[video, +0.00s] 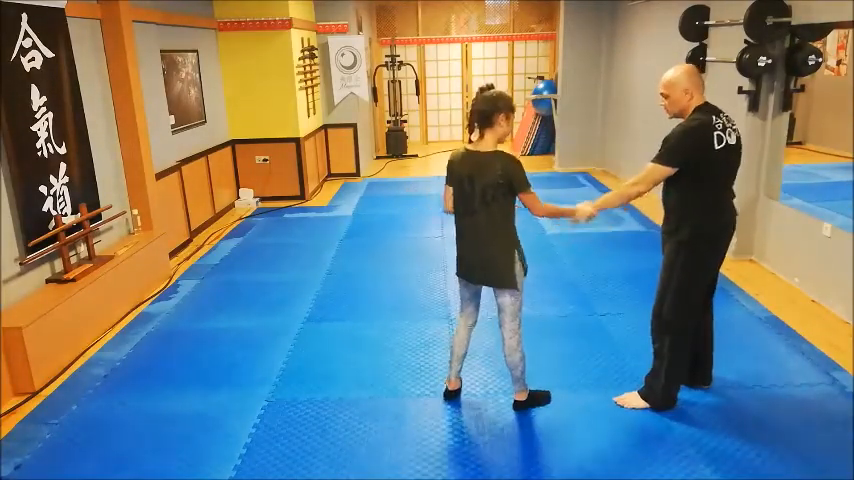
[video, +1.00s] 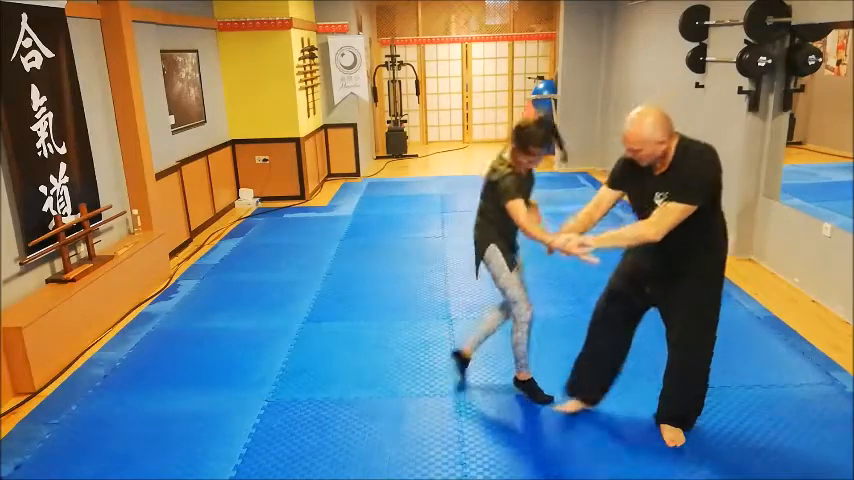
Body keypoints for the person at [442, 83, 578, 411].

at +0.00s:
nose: (512, 124)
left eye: (512, 118)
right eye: (510, 118)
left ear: (481, 120)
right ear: (499, 120)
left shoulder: (458, 159)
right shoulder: (508, 163)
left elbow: (449, 205)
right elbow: (538, 208)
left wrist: (481, 200)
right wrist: (573, 211)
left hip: (468, 254)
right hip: (502, 255)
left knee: (466, 317)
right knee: (510, 327)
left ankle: (452, 383)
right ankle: (521, 393)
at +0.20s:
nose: (506, 132)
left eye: (507, 125)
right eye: (504, 125)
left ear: (478, 122)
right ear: (491, 122)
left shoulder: (448, 157)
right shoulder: (497, 163)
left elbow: (432, 201)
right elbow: (539, 196)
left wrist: (464, 205)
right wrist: (576, 188)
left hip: (456, 252)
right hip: (489, 253)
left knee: (457, 317)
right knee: (501, 324)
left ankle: (451, 383)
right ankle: (518, 391)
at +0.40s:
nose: (504, 134)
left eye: (505, 128)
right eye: (502, 127)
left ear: (479, 123)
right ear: (488, 123)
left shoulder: (444, 157)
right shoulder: (492, 162)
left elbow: (425, 200)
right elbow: (544, 189)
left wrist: (458, 204)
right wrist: (590, 182)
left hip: (450, 250)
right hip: (480, 252)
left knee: (455, 316)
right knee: (501, 320)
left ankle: (451, 383)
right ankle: (516, 386)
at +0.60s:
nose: (509, 139)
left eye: (511, 134)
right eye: (508, 133)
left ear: (487, 126)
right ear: (492, 127)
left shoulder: (452, 154)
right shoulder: (490, 163)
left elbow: (434, 193)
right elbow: (541, 194)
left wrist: (466, 200)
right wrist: (587, 199)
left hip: (448, 248)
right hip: (479, 250)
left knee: (456, 312)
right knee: (507, 312)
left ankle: (451, 383)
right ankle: (517, 382)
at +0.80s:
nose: (526, 147)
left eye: (529, 142)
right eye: (525, 141)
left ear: (503, 134)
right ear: (506, 134)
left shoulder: (475, 155)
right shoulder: (496, 167)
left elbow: (475, 194)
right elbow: (537, 209)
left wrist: (501, 210)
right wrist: (577, 222)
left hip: (463, 244)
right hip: (484, 247)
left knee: (462, 313)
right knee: (519, 308)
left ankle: (451, 382)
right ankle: (519, 378)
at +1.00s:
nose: (531, 163)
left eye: (537, 158)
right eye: (527, 156)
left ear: (543, 153)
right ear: (514, 148)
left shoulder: (524, 170)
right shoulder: (504, 175)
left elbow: (528, 202)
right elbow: (522, 221)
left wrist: (534, 219)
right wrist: (556, 243)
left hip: (508, 239)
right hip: (490, 240)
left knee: (509, 306)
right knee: (523, 310)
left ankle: (465, 352)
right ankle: (522, 376)